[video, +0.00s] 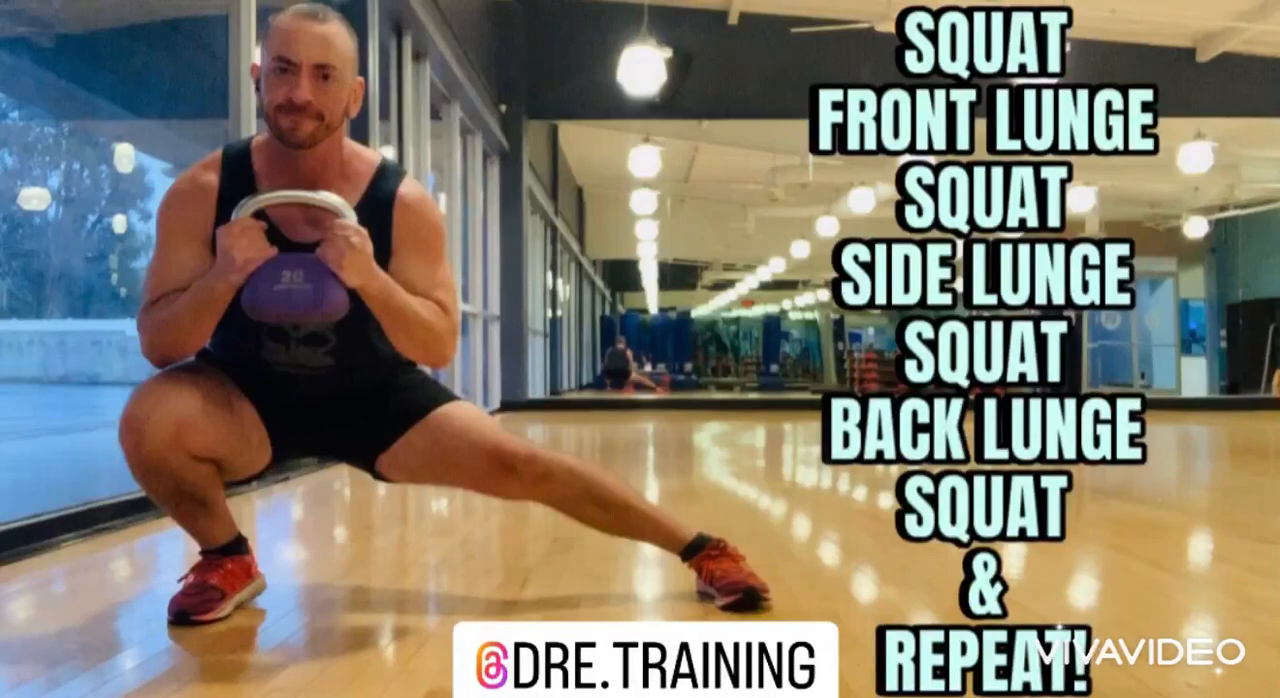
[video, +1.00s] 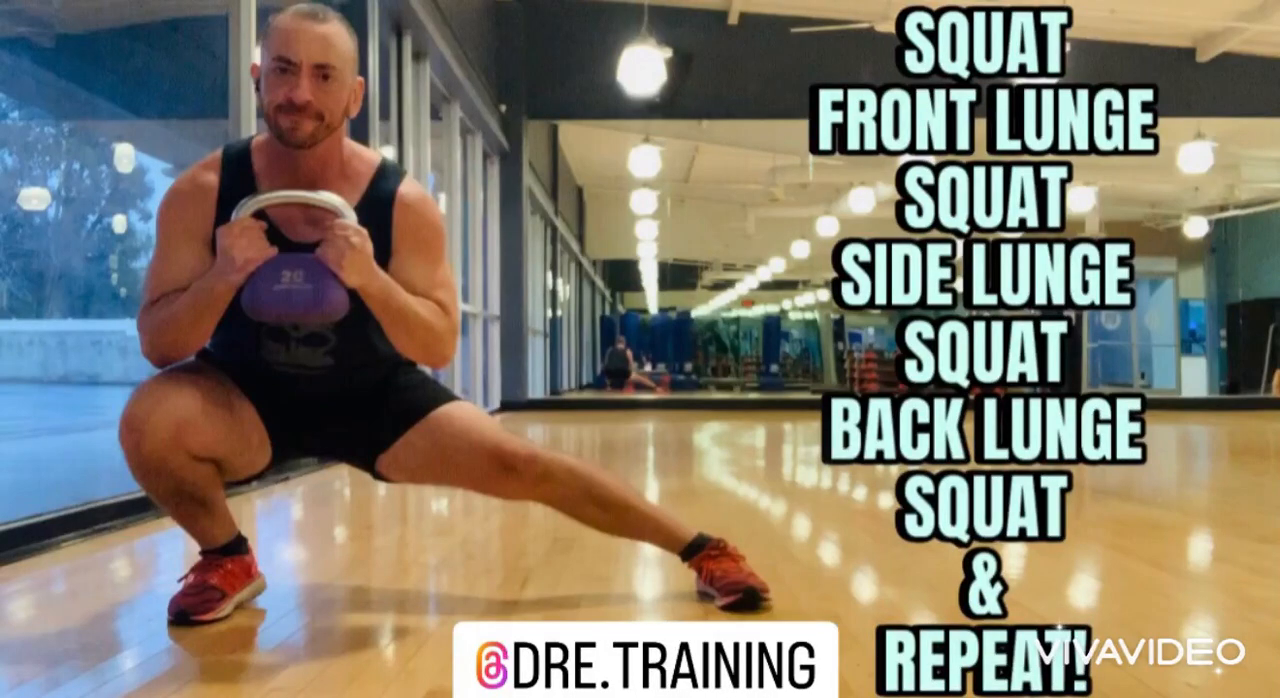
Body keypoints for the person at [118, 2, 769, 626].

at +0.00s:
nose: (297, 92)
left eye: (321, 75)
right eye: (281, 70)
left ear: (355, 91)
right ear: (257, 77)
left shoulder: (405, 205)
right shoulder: (200, 193)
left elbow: (437, 346)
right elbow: (161, 344)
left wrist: (367, 276)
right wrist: (221, 277)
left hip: (378, 397)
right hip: (253, 396)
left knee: (517, 463)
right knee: (148, 422)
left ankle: (696, 548)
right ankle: (226, 555)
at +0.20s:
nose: (298, 91)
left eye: (321, 75)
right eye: (281, 69)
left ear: (354, 91)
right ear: (257, 78)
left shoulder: (405, 205)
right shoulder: (201, 193)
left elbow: (437, 345)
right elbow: (161, 343)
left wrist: (367, 276)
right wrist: (222, 276)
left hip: (378, 398)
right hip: (253, 396)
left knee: (517, 464)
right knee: (148, 423)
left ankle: (696, 547)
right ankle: (225, 555)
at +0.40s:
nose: (298, 91)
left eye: (321, 75)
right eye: (281, 69)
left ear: (354, 91)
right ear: (257, 78)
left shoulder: (405, 205)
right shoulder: (201, 193)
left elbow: (437, 345)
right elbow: (161, 343)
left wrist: (367, 276)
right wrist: (222, 276)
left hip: (378, 398)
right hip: (253, 396)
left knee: (517, 464)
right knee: (148, 423)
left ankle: (696, 547)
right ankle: (225, 555)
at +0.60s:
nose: (297, 91)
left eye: (320, 75)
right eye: (281, 69)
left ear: (354, 92)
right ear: (256, 78)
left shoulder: (404, 205)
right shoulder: (200, 193)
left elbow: (437, 345)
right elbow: (161, 344)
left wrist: (368, 277)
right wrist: (222, 277)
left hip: (377, 398)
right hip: (253, 397)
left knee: (516, 463)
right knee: (148, 423)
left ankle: (696, 547)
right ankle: (225, 555)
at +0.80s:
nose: (297, 91)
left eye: (320, 75)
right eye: (281, 69)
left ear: (354, 92)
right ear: (256, 78)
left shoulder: (405, 205)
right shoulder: (200, 193)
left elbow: (437, 345)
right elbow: (161, 344)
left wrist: (368, 277)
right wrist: (222, 277)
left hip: (377, 398)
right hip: (253, 397)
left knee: (516, 463)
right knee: (148, 423)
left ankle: (696, 547)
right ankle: (225, 555)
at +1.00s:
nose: (298, 91)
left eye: (321, 74)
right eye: (282, 69)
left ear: (354, 91)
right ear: (257, 78)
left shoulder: (405, 205)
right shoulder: (201, 193)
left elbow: (437, 346)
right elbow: (161, 343)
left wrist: (367, 276)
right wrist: (222, 277)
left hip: (378, 398)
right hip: (253, 396)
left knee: (518, 464)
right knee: (148, 423)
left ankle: (696, 548)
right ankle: (225, 555)